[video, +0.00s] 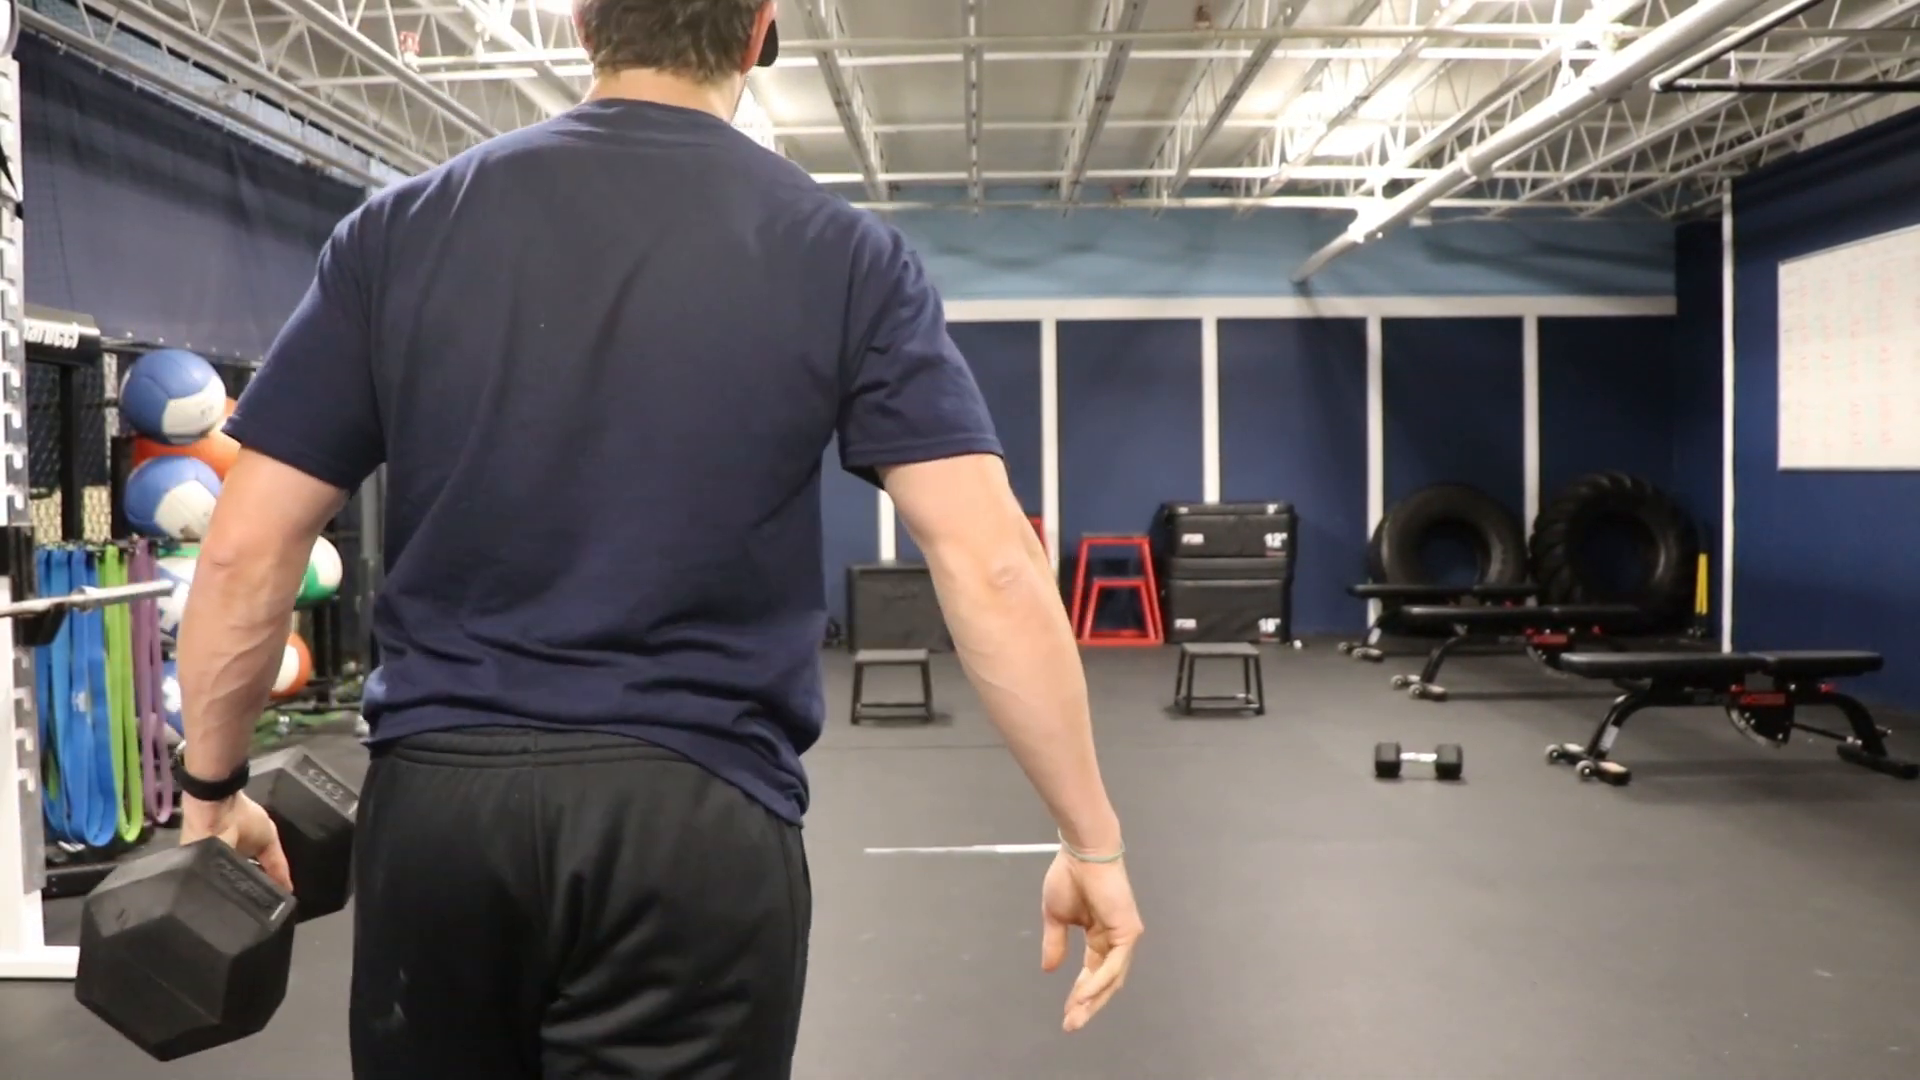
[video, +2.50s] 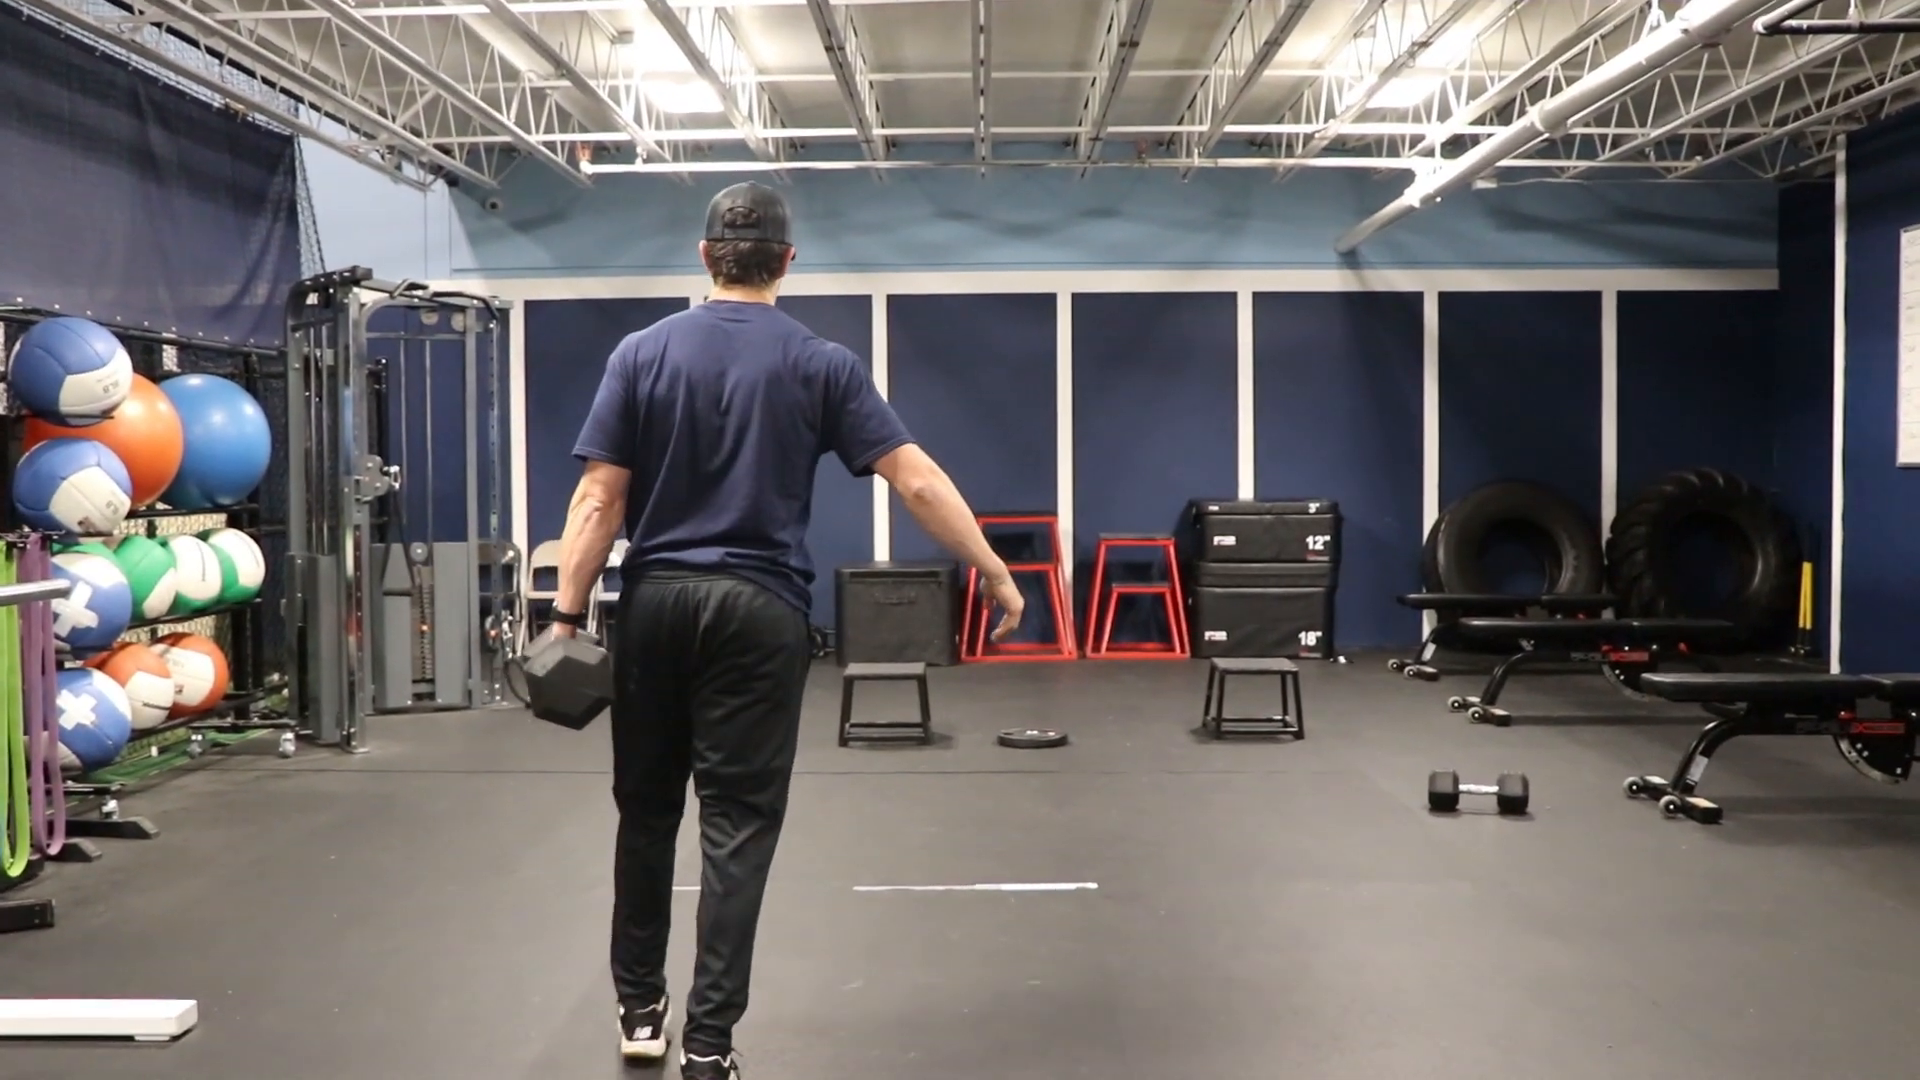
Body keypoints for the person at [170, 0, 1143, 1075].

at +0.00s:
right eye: (768, 22)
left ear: (584, 31)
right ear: (760, 33)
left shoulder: (402, 227)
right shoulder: (842, 252)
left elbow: (248, 545)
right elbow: (989, 558)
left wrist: (211, 783)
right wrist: (1092, 837)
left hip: (438, 813)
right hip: (700, 821)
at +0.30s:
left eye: (519, 65)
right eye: (681, 87)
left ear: (523, 83)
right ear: (674, 94)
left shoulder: (380, 273)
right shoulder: (745, 262)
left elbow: (294, 562)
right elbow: (900, 504)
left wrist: (269, 795)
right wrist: (1040, 734)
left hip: (429, 771)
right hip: (654, 776)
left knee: (437, 1059)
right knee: (673, 1057)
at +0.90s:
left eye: (636, 154)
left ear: (634, 170)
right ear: (762, 179)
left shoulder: (530, 317)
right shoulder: (802, 324)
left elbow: (464, 538)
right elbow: (926, 505)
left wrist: (419, 719)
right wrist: (1057, 684)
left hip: (556, 702)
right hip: (727, 709)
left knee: (526, 1027)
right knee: (712, 1024)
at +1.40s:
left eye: (673, 213)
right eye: (765, 215)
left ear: (667, 225)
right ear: (769, 224)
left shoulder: (591, 349)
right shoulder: (814, 346)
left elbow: (544, 533)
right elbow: (941, 488)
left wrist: (516, 682)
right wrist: (1025, 603)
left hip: (624, 659)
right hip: (753, 664)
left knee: (645, 925)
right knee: (737, 927)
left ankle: (666, 1074)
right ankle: (713, 1076)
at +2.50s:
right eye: (784, 253)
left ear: (705, 259)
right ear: (786, 263)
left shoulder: (641, 354)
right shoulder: (820, 362)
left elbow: (599, 497)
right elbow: (912, 475)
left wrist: (568, 611)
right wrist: (994, 569)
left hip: (652, 606)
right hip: (759, 612)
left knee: (646, 810)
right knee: (738, 823)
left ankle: (639, 1009)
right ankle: (707, 1044)